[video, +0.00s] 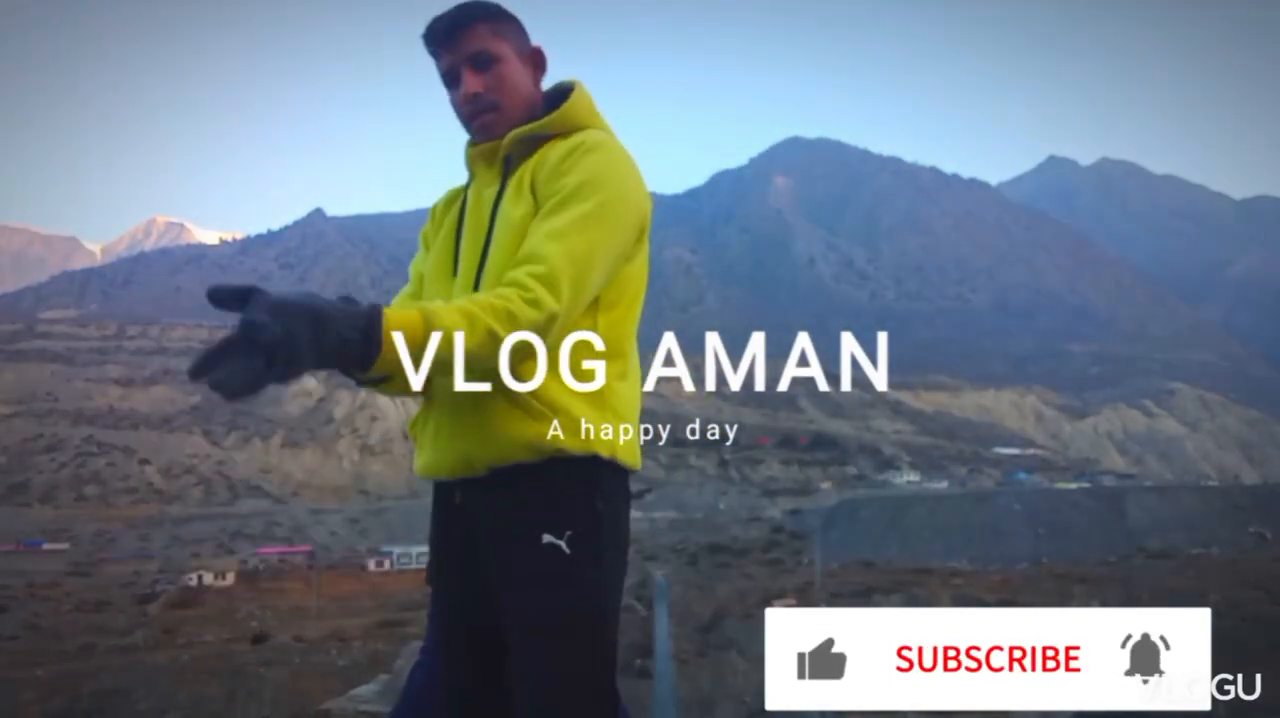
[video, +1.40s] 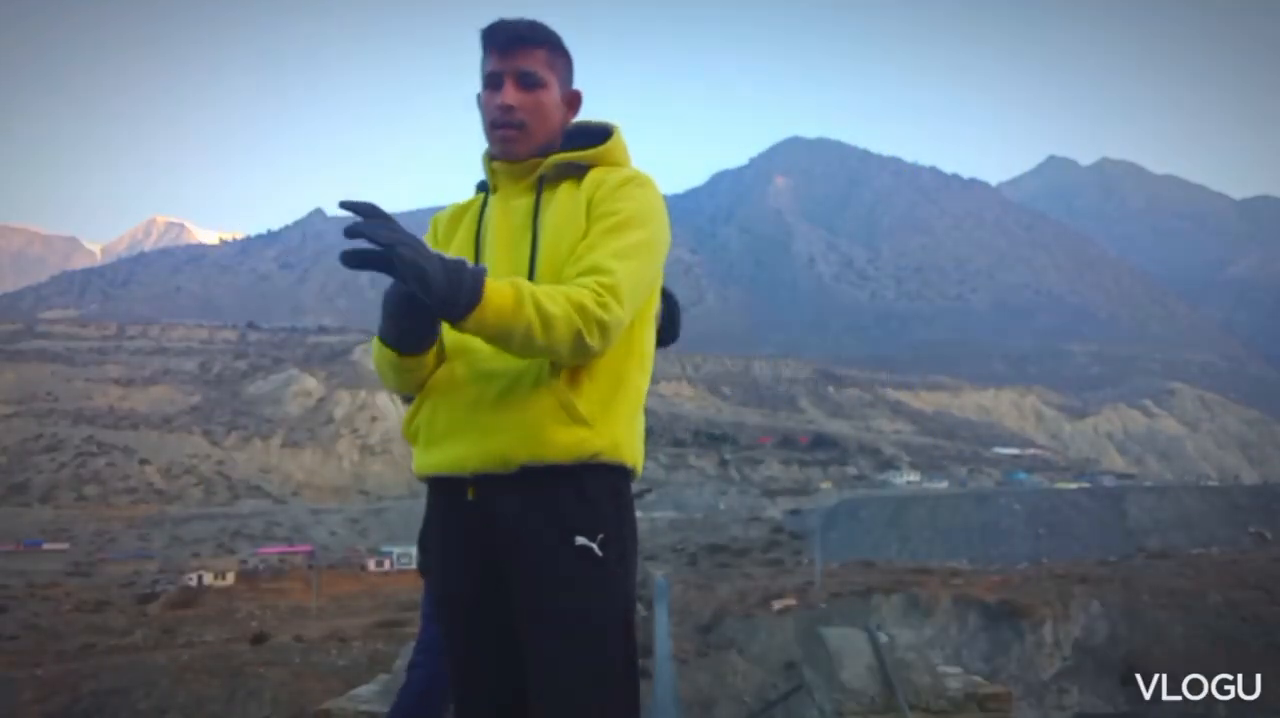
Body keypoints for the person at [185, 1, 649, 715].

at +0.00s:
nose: (470, 87)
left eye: (486, 64)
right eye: (453, 77)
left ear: (535, 64)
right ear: (447, 94)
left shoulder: (595, 168)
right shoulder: (451, 211)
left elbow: (522, 320)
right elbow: (420, 345)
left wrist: (354, 333)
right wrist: (318, 335)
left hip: (561, 484)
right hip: (464, 489)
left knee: (564, 699)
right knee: (465, 696)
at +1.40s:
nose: (504, 97)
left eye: (527, 82)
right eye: (492, 82)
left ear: (568, 100)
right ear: (479, 99)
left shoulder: (621, 194)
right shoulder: (449, 225)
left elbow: (586, 323)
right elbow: (404, 380)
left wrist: (452, 284)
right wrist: (413, 302)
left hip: (571, 504)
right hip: (459, 507)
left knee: (581, 700)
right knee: (477, 700)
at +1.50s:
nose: (498, 96)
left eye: (522, 81)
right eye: (488, 81)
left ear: (566, 102)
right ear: (474, 98)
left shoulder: (621, 195)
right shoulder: (449, 225)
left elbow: (598, 326)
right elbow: (394, 373)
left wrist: (481, 285)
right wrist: (422, 313)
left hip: (572, 501)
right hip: (459, 504)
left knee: (581, 698)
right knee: (473, 697)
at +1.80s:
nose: (489, 93)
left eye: (511, 76)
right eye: (477, 80)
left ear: (558, 93)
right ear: (466, 99)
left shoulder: (618, 193)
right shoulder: (442, 228)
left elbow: (692, 309)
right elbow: (369, 346)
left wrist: (606, 170)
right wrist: (376, 244)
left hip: (574, 493)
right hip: (457, 496)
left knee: (583, 697)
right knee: (476, 696)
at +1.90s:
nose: (486, 95)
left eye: (508, 77)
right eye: (474, 82)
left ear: (557, 95)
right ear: (463, 101)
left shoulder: (613, 191)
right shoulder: (445, 226)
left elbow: (722, 239)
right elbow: (332, 287)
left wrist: (654, 120)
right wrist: (368, 181)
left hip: (573, 498)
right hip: (457, 502)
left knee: (585, 699)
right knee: (476, 697)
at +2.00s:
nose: (483, 98)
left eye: (504, 78)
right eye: (470, 84)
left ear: (554, 96)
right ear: (460, 106)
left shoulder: (616, 187)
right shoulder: (439, 212)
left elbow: (730, 151)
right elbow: (319, 207)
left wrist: (645, 88)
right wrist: (410, 132)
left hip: (574, 496)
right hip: (457, 500)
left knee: (587, 698)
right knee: (474, 696)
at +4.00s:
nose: (467, 102)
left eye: (481, 78)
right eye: (465, 85)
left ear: (544, 70)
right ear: (526, 78)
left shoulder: (616, 152)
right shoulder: (491, 214)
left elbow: (735, 233)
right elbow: (495, 370)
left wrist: (782, 265)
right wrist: (390, 368)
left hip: (594, 479)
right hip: (497, 488)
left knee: (588, 696)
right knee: (504, 697)